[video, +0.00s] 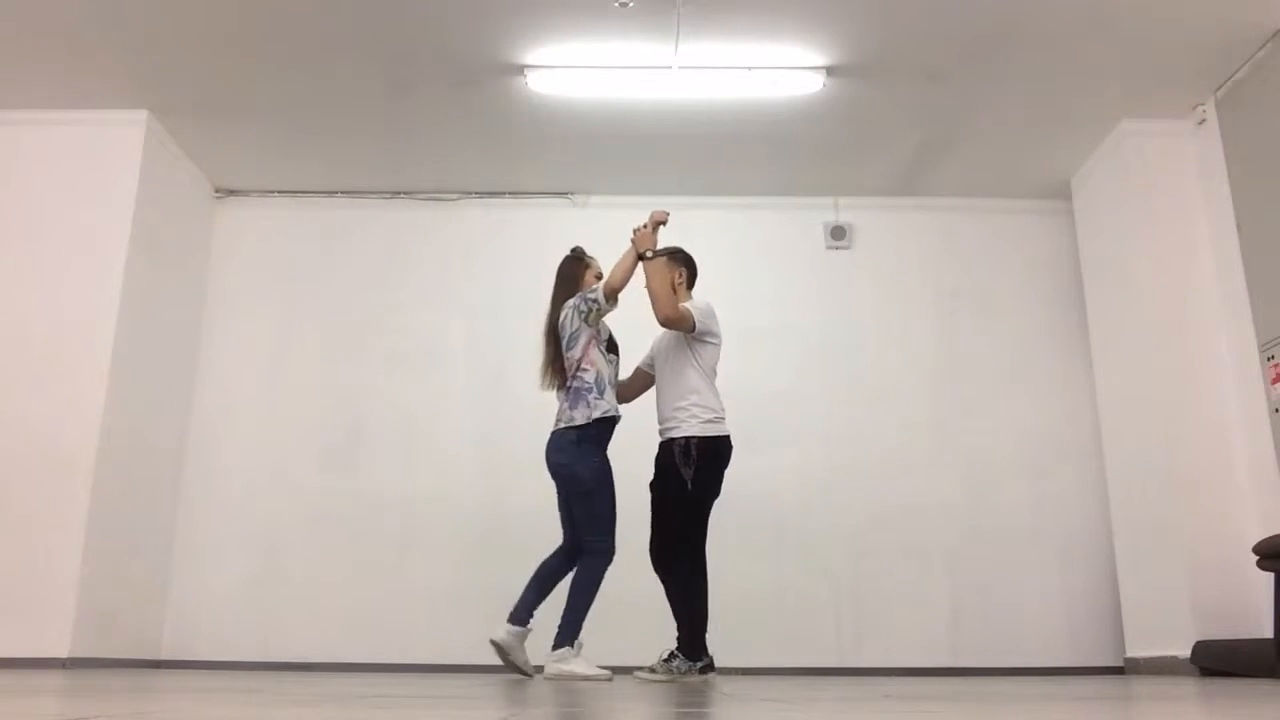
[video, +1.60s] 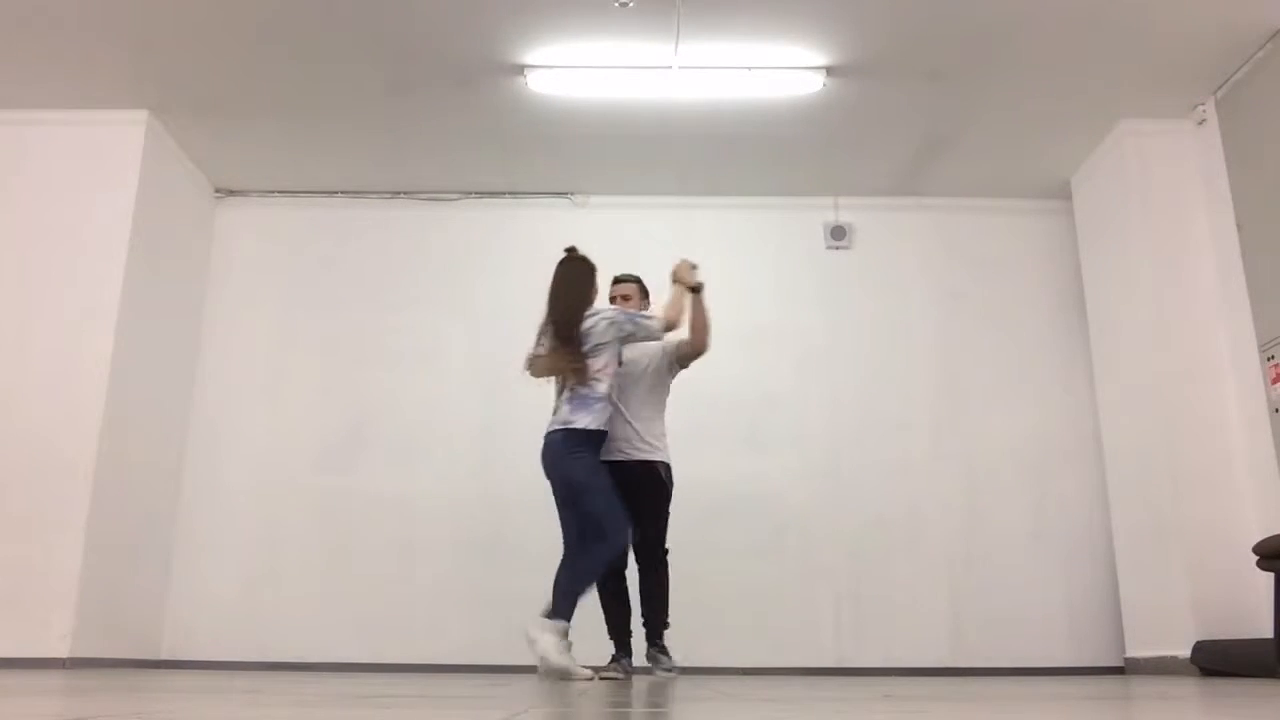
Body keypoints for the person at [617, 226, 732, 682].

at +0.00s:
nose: (652, 281)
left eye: (660, 272)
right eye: (651, 274)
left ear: (682, 276)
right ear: (666, 280)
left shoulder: (703, 314)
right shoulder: (665, 339)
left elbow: (666, 313)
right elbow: (625, 391)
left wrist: (649, 256)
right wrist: (579, 379)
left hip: (700, 443)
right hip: (675, 445)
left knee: (683, 548)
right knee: (664, 550)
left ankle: (692, 653)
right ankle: (692, 649)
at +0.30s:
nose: (638, 282)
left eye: (644, 274)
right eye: (639, 275)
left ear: (669, 276)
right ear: (666, 278)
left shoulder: (690, 314)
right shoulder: (664, 331)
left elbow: (652, 338)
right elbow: (628, 382)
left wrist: (607, 291)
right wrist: (577, 369)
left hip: (696, 443)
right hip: (672, 444)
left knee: (681, 547)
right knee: (647, 548)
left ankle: (688, 655)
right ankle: (677, 646)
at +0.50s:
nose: (625, 283)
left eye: (630, 274)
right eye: (627, 275)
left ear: (652, 276)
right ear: (653, 278)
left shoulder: (671, 318)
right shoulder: (659, 322)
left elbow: (629, 365)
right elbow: (628, 365)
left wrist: (577, 340)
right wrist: (596, 347)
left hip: (681, 444)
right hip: (668, 444)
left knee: (665, 551)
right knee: (652, 551)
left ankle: (682, 657)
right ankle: (663, 654)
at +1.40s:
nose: (613, 306)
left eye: (621, 295)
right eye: (610, 297)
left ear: (646, 296)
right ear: (607, 301)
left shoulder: (665, 337)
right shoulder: (612, 347)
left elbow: (646, 348)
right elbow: (579, 362)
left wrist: (632, 309)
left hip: (656, 459)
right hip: (615, 461)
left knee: (647, 556)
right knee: (615, 556)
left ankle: (642, 653)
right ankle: (624, 651)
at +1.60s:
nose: (619, 304)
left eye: (627, 298)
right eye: (613, 299)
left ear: (647, 304)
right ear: (607, 306)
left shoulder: (663, 348)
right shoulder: (595, 346)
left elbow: (699, 343)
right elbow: (536, 362)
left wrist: (696, 292)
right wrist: (560, 358)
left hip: (649, 463)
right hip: (604, 462)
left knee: (651, 554)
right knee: (608, 555)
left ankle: (656, 646)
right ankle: (621, 652)